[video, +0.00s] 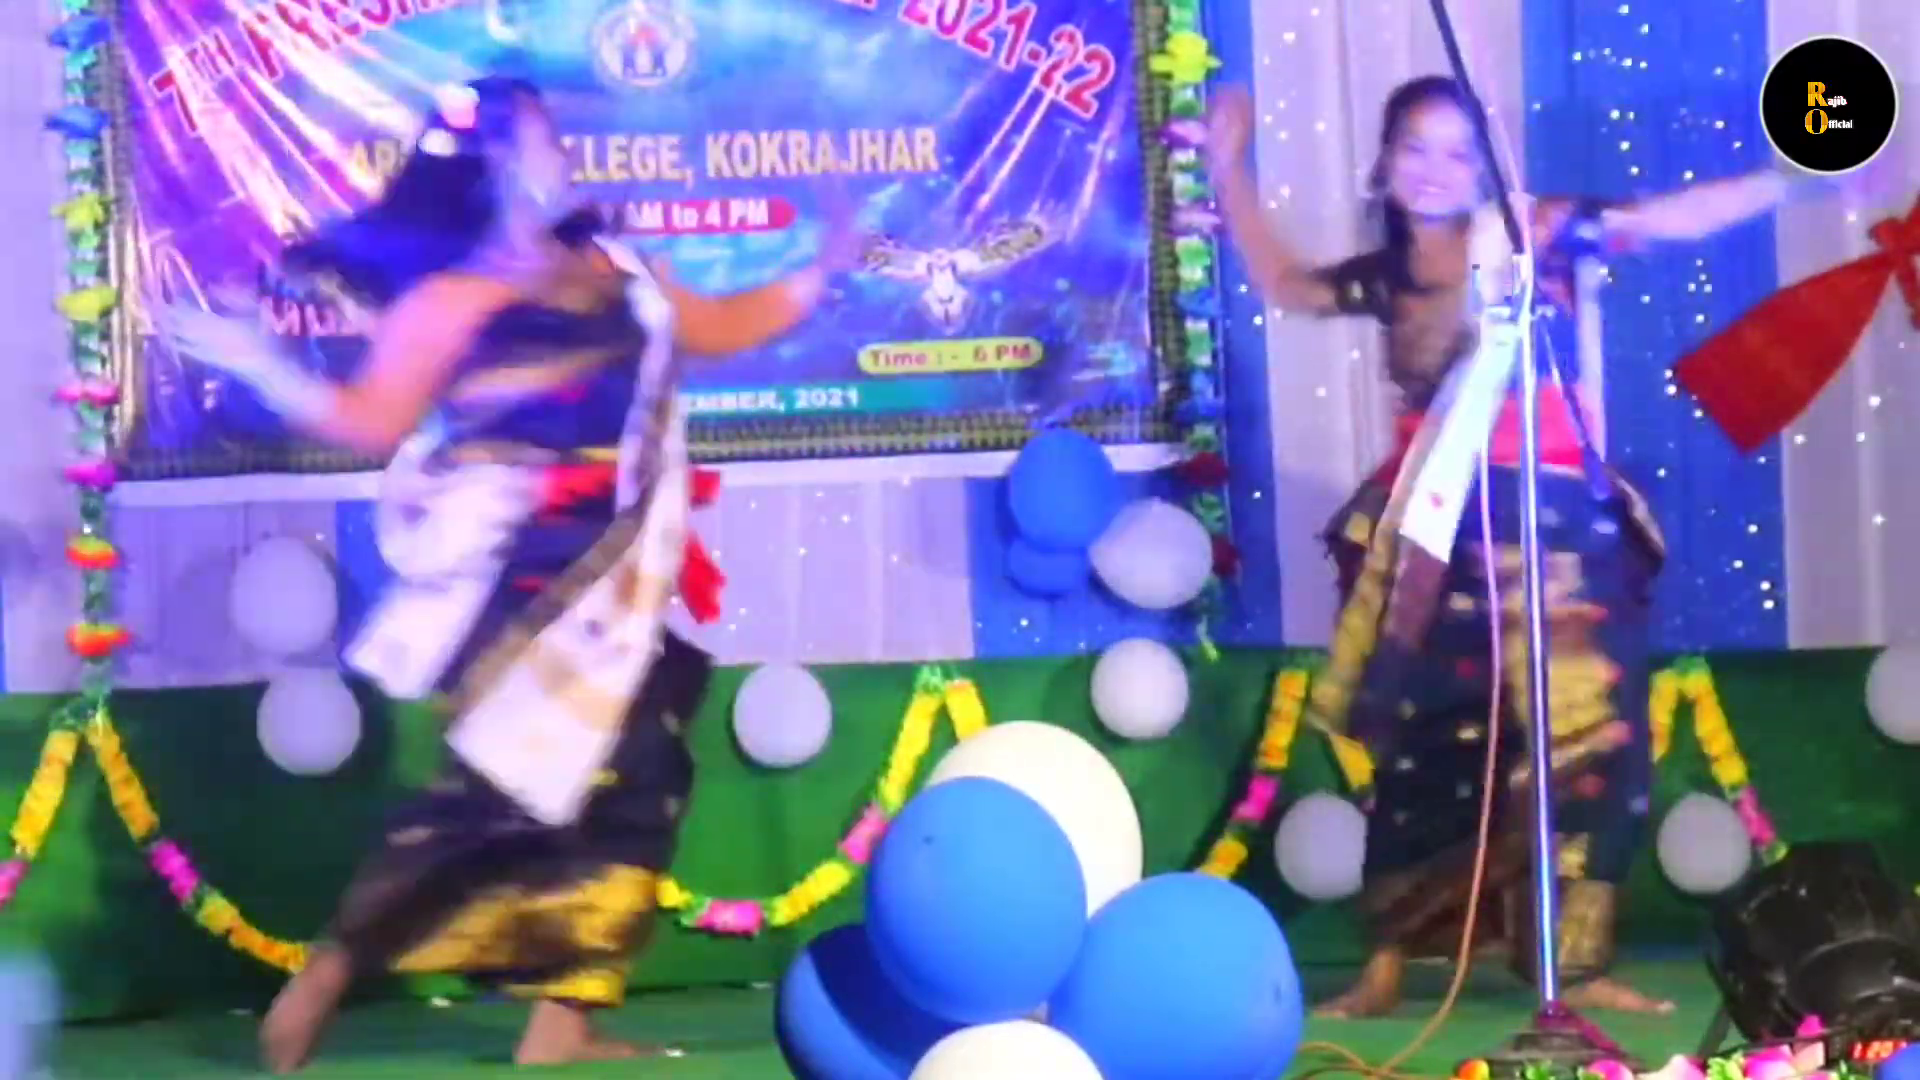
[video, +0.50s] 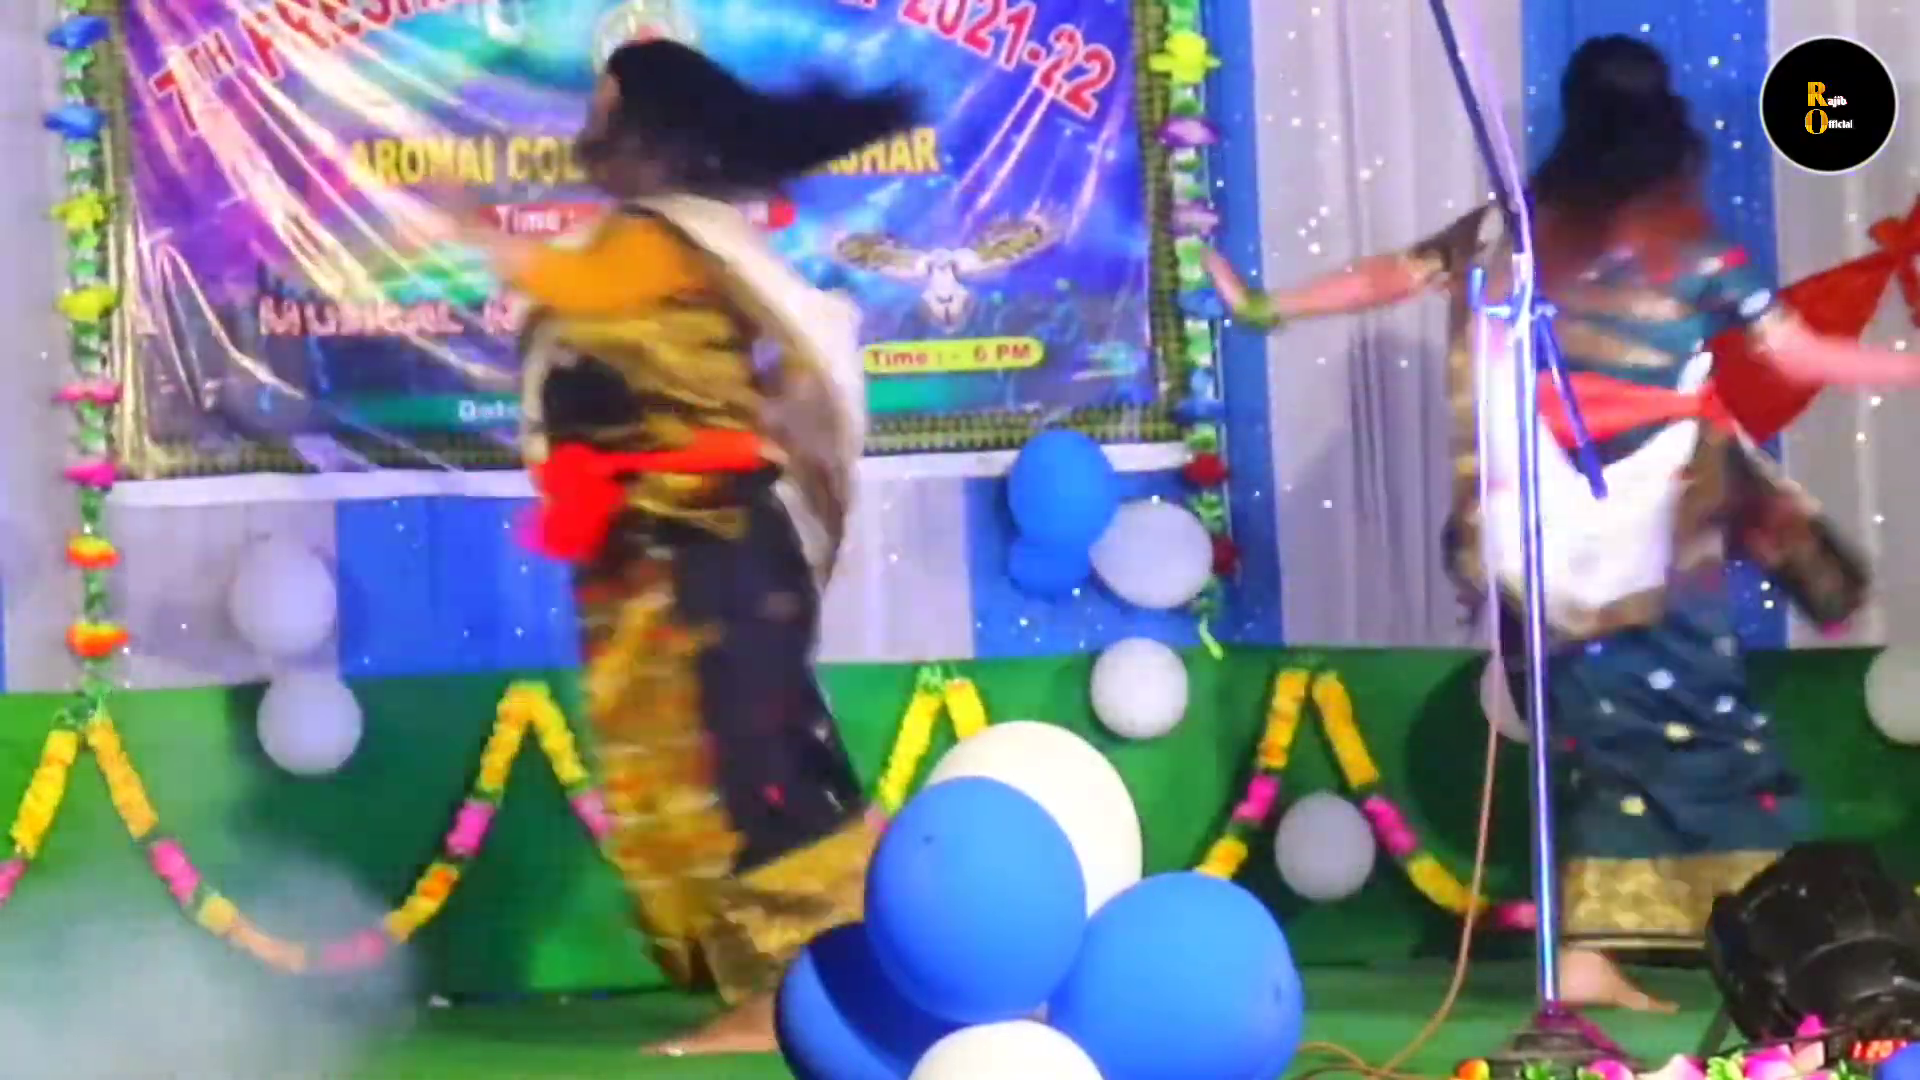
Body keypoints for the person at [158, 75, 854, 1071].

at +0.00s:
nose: (563, 160)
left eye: (557, 141)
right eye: (539, 145)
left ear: (560, 153)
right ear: (490, 173)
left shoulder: (625, 283)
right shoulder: (456, 301)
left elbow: (729, 326)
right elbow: (370, 424)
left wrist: (824, 265)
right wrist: (259, 363)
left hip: (618, 587)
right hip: (501, 585)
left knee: (636, 787)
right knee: (496, 795)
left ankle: (562, 1023)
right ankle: (327, 977)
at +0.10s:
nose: (598, 166)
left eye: (597, 146)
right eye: (584, 145)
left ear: (549, 153)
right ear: (532, 153)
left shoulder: (581, 271)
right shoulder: (505, 294)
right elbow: (508, 430)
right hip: (550, 570)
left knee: (624, 791)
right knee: (585, 782)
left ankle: (563, 1021)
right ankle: (429, 910)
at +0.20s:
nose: (630, 145)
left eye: (620, 129)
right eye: (622, 130)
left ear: (511, 134)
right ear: (607, 143)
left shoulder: (483, 245)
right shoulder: (629, 250)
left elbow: (388, 208)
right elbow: (729, 348)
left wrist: (362, 176)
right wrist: (841, 299)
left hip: (539, 543)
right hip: (657, 538)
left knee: (579, 765)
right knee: (735, 728)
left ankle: (581, 994)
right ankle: (663, 915)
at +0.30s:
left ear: (541, 115)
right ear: (670, 116)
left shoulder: (503, 219)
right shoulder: (706, 225)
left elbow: (359, 253)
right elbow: (817, 328)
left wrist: (261, 180)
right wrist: (941, 263)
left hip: (570, 514)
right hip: (697, 496)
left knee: (615, 751)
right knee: (737, 719)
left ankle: (692, 981)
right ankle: (780, 942)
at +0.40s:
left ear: (582, 118)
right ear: (703, 130)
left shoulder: (557, 226)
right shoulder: (733, 235)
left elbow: (444, 254)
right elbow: (820, 339)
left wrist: (334, 204)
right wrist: (875, 268)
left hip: (629, 523)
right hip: (736, 518)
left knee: (643, 753)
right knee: (742, 733)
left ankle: (747, 996)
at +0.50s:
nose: (585, 135)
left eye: (603, 117)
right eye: (592, 114)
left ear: (649, 136)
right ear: (679, 139)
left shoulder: (662, 243)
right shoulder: (655, 240)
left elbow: (569, 286)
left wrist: (473, 227)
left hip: (699, 539)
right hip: (666, 538)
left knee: (694, 769)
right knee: (682, 765)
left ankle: (764, 1002)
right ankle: (754, 997)